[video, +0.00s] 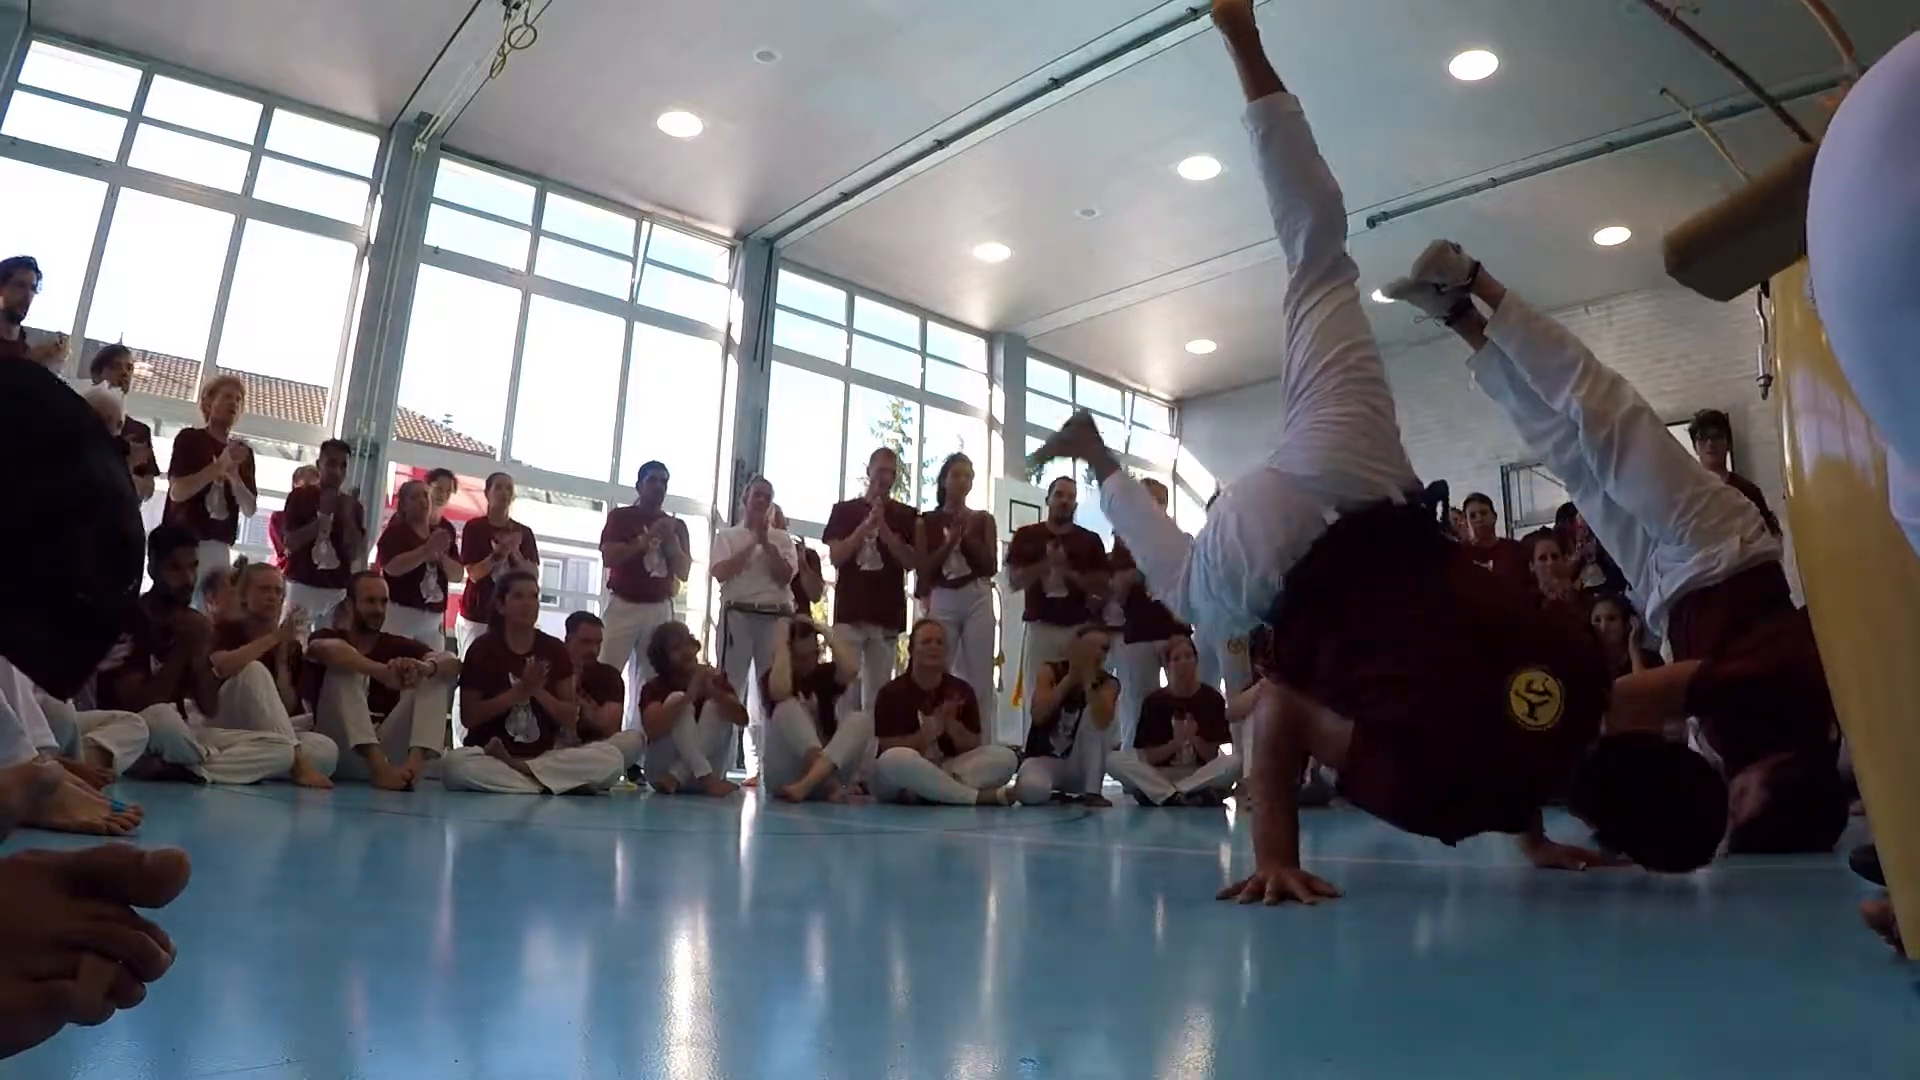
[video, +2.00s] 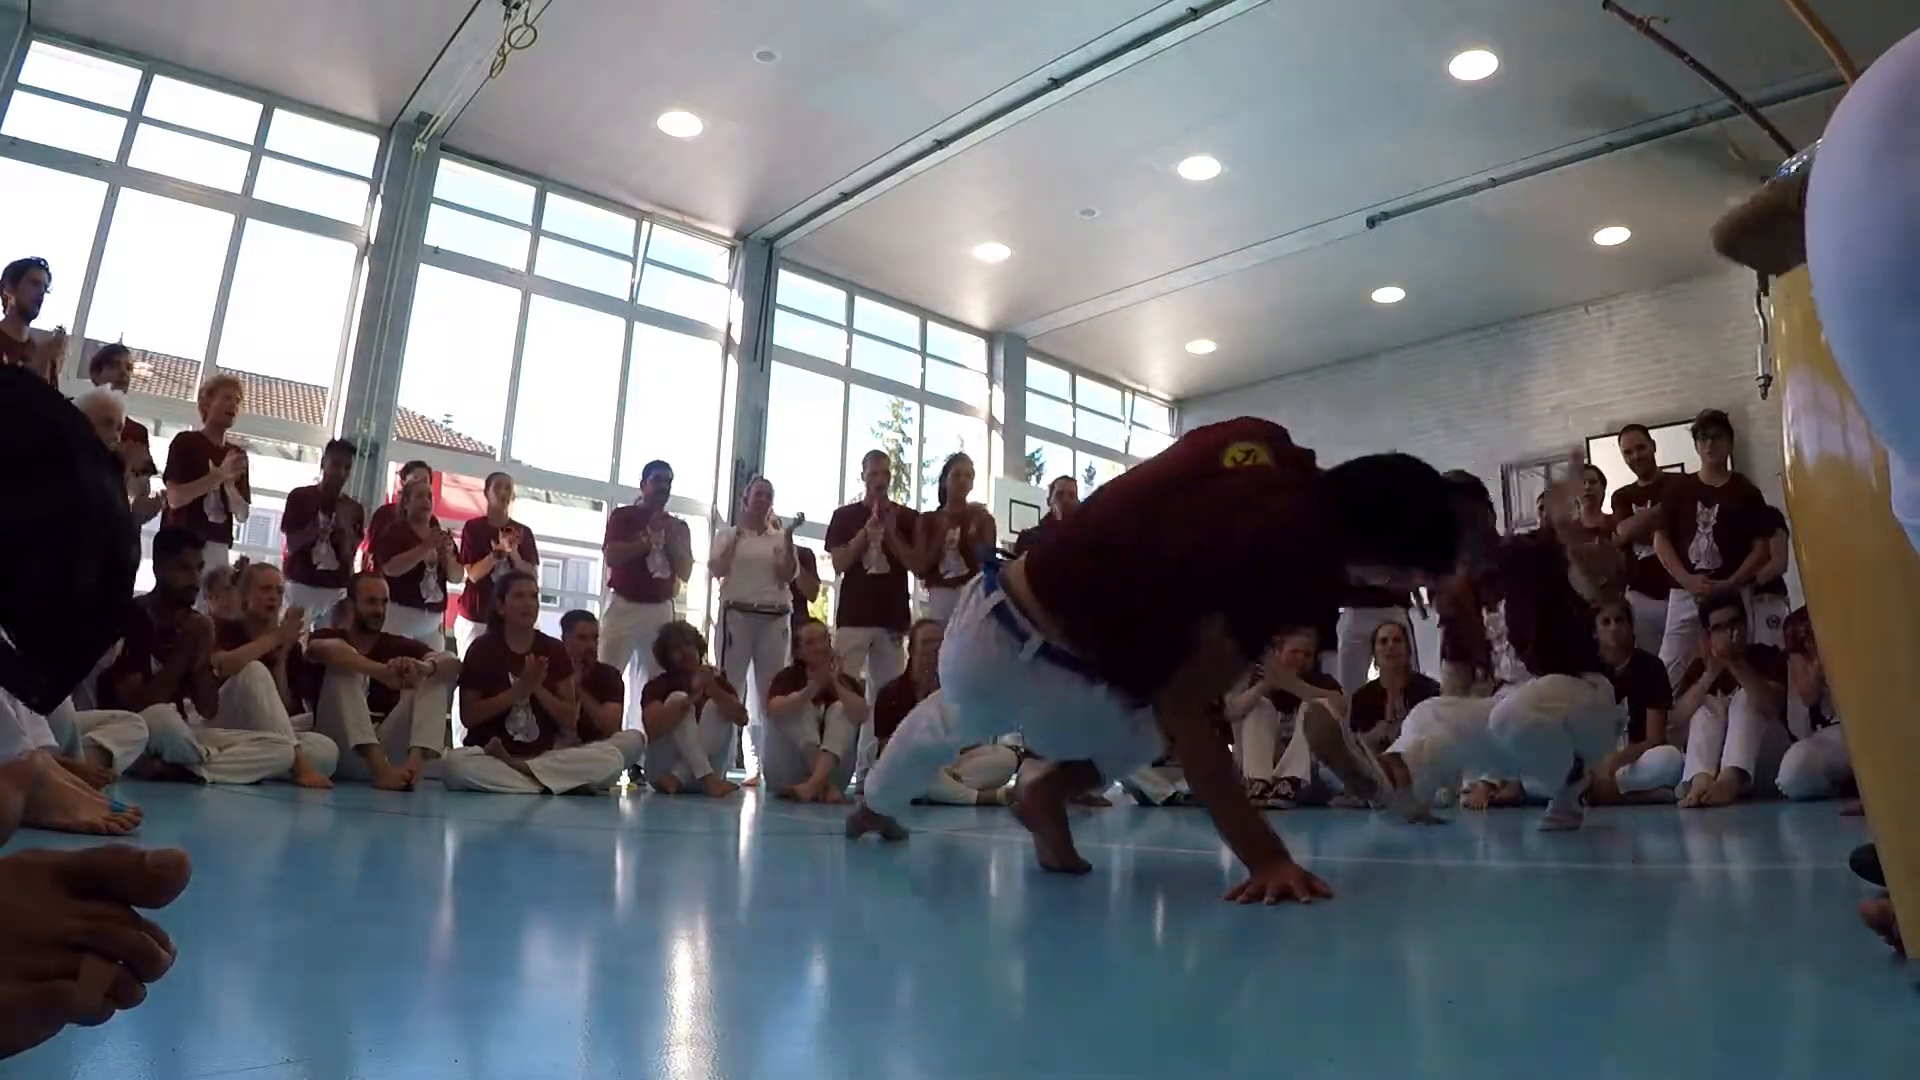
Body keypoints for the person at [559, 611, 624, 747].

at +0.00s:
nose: (593, 650)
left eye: (598, 643)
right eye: (586, 642)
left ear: (602, 644)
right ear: (567, 640)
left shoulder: (610, 675)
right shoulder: (549, 673)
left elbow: (610, 728)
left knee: (635, 738)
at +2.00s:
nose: (591, 645)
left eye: (595, 638)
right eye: (583, 638)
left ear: (599, 639)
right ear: (565, 640)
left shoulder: (609, 674)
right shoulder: (550, 674)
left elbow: (610, 728)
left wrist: (578, 690)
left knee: (634, 738)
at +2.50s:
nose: (590, 645)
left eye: (594, 637)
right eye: (582, 638)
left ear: (598, 638)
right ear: (563, 640)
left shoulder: (609, 674)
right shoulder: (549, 674)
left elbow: (610, 727)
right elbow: (566, 721)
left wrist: (583, 696)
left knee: (634, 738)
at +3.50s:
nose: (592, 646)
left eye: (596, 639)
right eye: (583, 639)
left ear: (600, 640)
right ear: (566, 639)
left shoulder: (609, 675)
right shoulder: (551, 673)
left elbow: (610, 728)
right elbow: (570, 722)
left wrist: (579, 696)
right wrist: (549, 687)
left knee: (633, 738)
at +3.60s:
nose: (593, 647)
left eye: (596, 639)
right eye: (584, 640)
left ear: (600, 640)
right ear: (565, 641)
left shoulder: (610, 674)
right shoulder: (552, 674)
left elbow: (609, 728)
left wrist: (582, 696)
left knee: (634, 738)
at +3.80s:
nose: (592, 647)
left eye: (596, 640)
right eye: (584, 640)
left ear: (600, 640)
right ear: (565, 640)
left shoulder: (609, 675)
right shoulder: (549, 671)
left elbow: (609, 727)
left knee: (634, 739)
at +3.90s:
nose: (593, 647)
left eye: (597, 640)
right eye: (584, 640)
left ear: (600, 640)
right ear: (565, 640)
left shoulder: (609, 675)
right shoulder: (550, 672)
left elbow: (610, 728)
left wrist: (581, 695)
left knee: (634, 739)